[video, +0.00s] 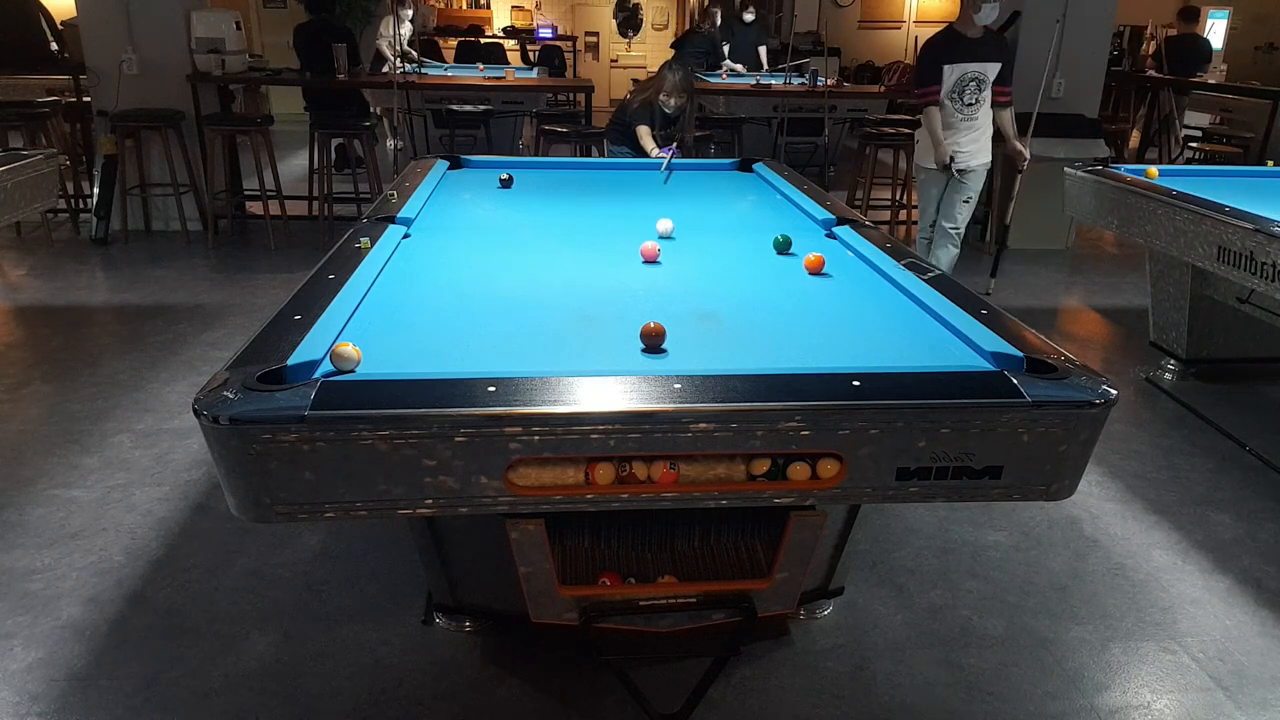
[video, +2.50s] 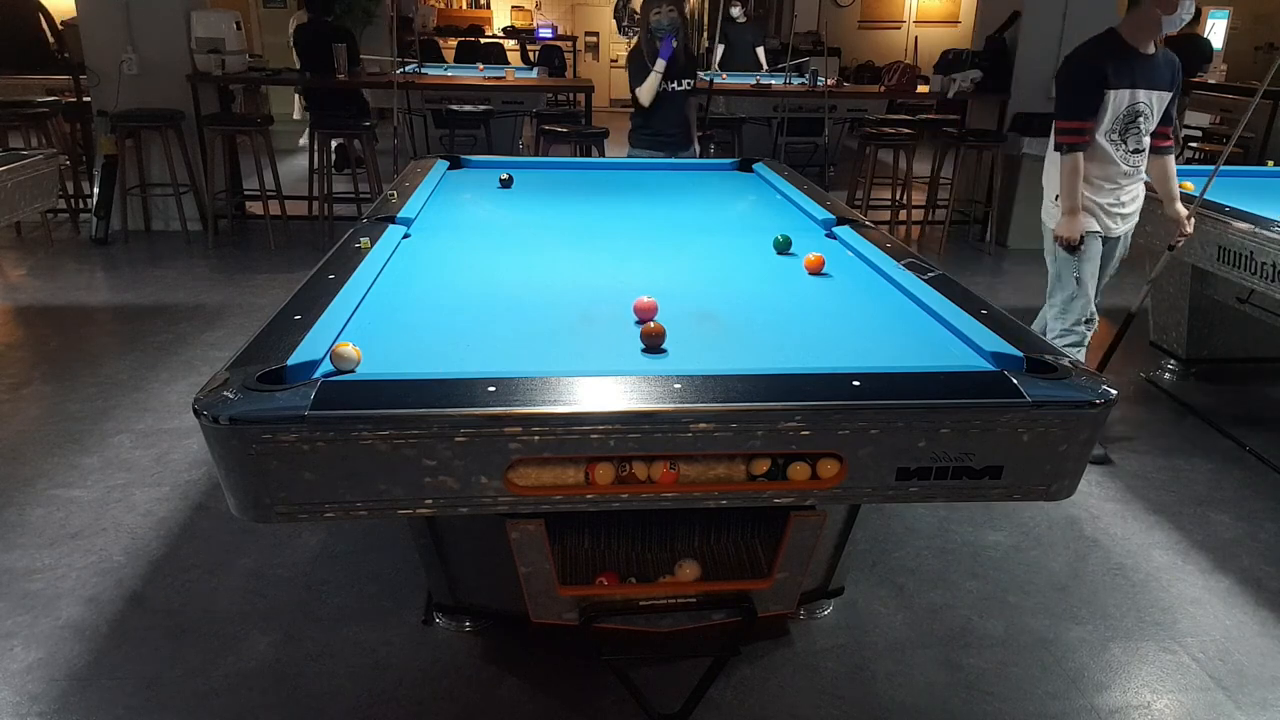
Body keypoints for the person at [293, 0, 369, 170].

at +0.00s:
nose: (302, 7)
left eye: (303, 5)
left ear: (307, 8)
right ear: (332, 7)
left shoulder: (300, 30)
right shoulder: (343, 30)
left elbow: (305, 64)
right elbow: (356, 68)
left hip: (315, 102)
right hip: (346, 103)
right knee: (363, 107)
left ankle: (351, 152)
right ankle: (344, 149)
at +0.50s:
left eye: (304, 5)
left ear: (307, 8)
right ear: (333, 8)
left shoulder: (300, 31)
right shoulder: (343, 30)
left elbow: (305, 65)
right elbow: (357, 68)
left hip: (315, 102)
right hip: (346, 103)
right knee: (362, 106)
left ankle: (351, 152)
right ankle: (344, 149)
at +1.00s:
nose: (302, 7)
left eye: (304, 5)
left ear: (307, 7)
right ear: (333, 7)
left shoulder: (300, 31)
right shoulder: (343, 31)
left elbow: (306, 64)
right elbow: (358, 72)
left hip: (315, 102)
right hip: (347, 103)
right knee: (362, 107)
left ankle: (352, 152)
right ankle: (345, 148)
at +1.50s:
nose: (302, 7)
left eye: (304, 5)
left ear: (307, 8)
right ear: (333, 7)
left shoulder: (300, 31)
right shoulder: (343, 32)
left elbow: (305, 63)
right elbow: (356, 68)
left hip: (315, 103)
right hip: (346, 103)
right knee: (363, 106)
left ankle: (351, 151)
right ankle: (345, 149)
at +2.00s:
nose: (340, 9)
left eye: (340, 5)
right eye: (338, 5)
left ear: (308, 7)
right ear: (333, 7)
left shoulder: (299, 31)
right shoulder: (344, 34)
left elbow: (306, 63)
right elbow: (356, 72)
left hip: (314, 102)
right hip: (345, 103)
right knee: (362, 105)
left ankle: (349, 150)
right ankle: (344, 148)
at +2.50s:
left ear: (307, 9)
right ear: (332, 8)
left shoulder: (299, 32)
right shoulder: (343, 31)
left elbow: (305, 66)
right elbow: (356, 71)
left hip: (314, 101)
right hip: (345, 102)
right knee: (361, 106)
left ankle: (350, 151)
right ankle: (345, 149)